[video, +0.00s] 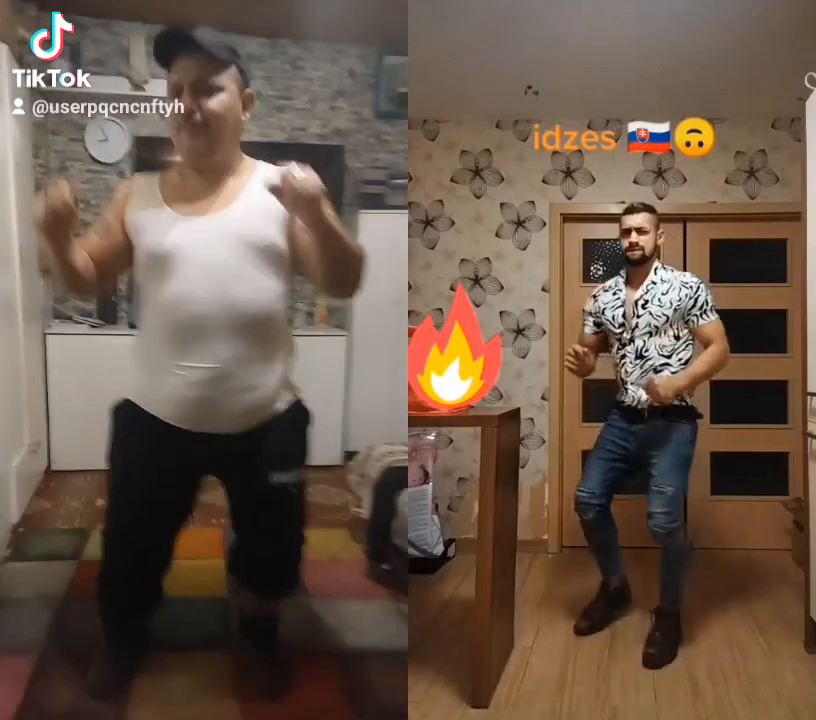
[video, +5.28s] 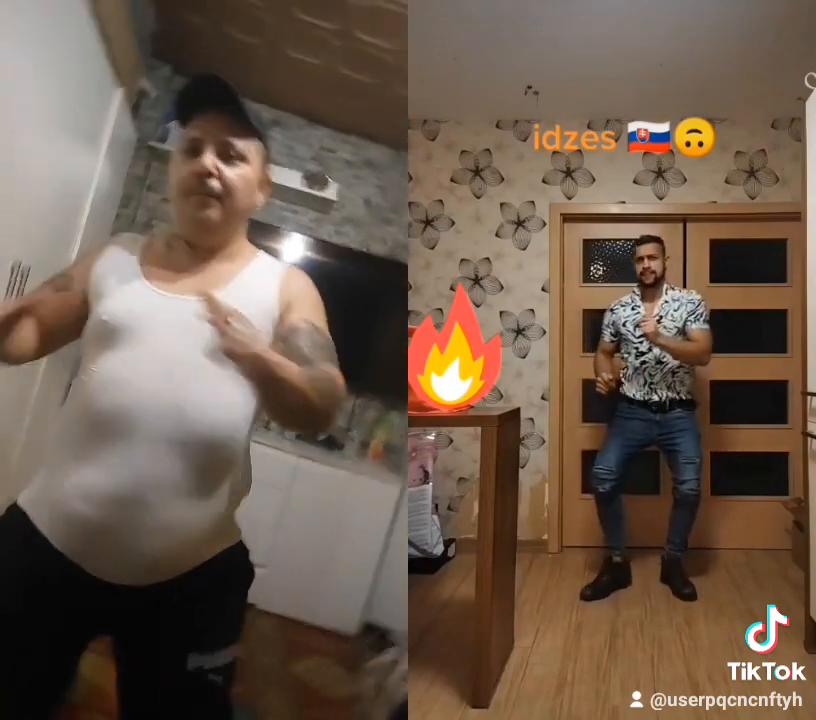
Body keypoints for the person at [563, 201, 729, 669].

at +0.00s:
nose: (633, 239)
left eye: (641, 231)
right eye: (626, 233)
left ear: (659, 236)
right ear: (618, 239)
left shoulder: (686, 287)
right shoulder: (604, 297)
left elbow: (718, 348)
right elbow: (589, 357)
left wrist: (679, 382)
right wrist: (580, 360)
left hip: (671, 420)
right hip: (622, 418)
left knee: (664, 521)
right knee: (588, 502)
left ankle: (668, 617)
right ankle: (615, 590)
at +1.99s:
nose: (661, 286)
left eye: (668, 278)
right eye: (655, 278)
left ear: (681, 273)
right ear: (645, 275)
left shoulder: (708, 308)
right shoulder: (635, 320)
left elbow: (721, 365)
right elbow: (625, 367)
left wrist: (688, 382)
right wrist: (620, 392)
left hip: (687, 426)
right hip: (639, 421)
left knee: (693, 509)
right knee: (609, 489)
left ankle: (680, 578)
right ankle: (627, 594)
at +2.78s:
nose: (633, 287)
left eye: (638, 281)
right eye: (626, 280)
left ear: (643, 281)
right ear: (609, 279)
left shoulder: (656, 312)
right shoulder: (583, 317)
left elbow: (678, 357)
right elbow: (563, 366)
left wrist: (682, 365)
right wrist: (572, 381)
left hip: (657, 420)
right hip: (608, 422)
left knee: (677, 490)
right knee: (581, 494)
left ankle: (654, 579)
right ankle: (604, 568)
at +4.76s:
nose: (662, 273)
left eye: (668, 267)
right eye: (656, 267)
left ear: (678, 271)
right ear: (645, 272)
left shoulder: (692, 317)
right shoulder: (623, 312)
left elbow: (712, 365)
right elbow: (604, 358)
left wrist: (703, 364)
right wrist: (618, 377)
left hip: (678, 415)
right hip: (633, 416)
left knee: (684, 488)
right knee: (609, 483)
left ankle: (672, 563)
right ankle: (629, 574)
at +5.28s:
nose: (646, 265)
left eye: (653, 259)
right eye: (640, 260)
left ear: (665, 263)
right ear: (634, 265)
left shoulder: (689, 302)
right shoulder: (619, 310)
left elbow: (702, 354)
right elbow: (604, 354)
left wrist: (659, 339)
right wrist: (605, 376)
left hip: (678, 414)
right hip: (631, 412)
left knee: (689, 488)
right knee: (603, 478)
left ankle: (673, 564)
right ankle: (617, 565)